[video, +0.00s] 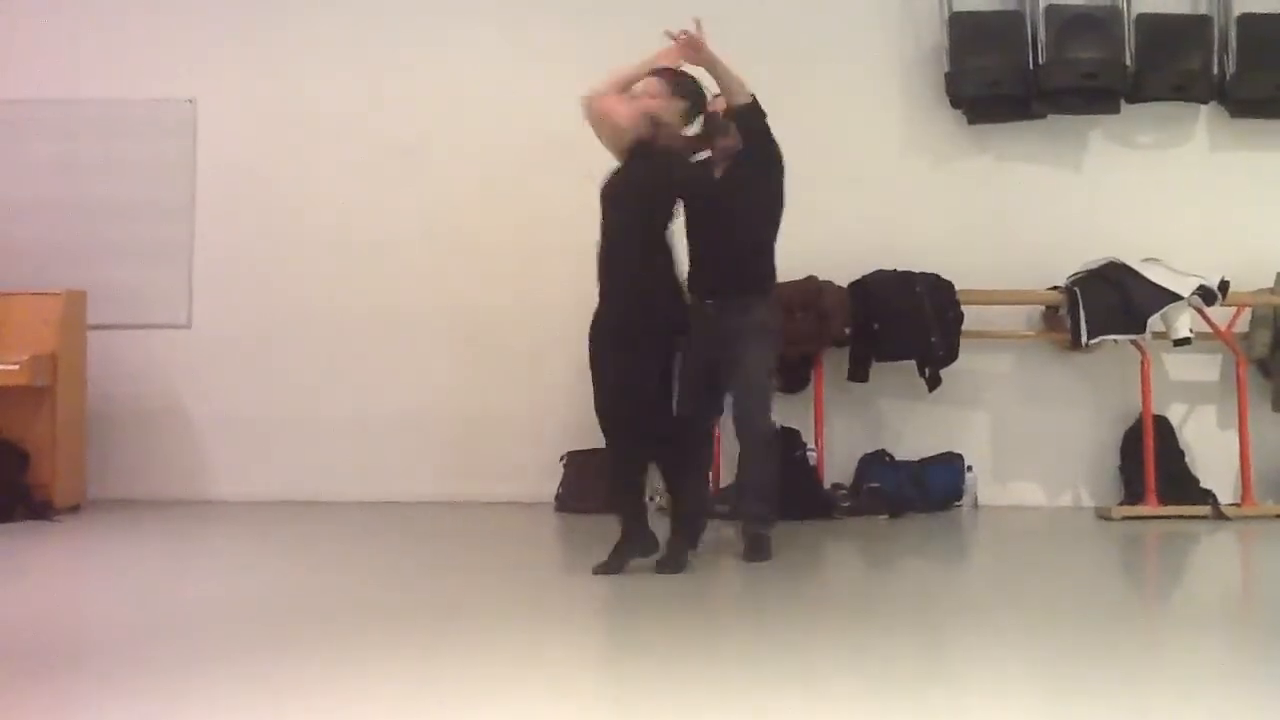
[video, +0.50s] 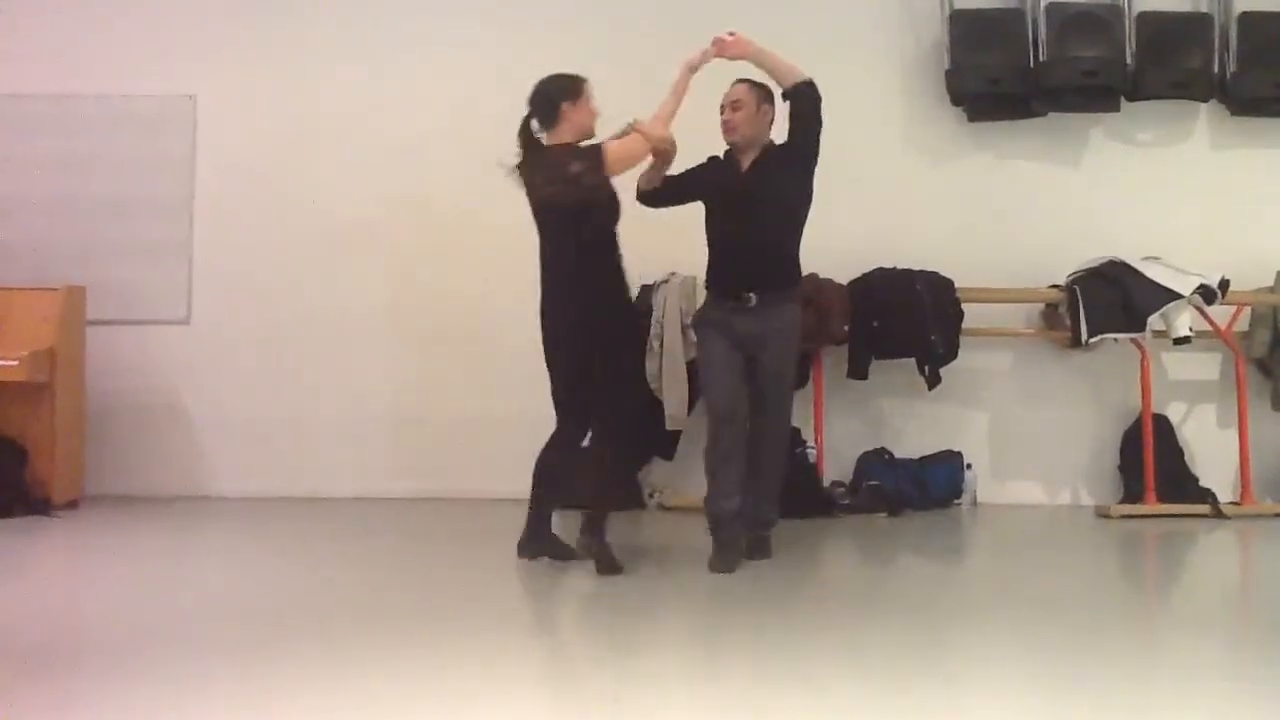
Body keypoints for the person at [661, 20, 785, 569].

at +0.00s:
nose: (715, 136)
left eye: (723, 127)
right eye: (710, 130)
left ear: (742, 128)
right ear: (705, 135)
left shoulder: (765, 164)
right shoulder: (694, 169)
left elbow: (746, 103)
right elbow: (650, 148)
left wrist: (709, 59)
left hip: (753, 310)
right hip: (703, 311)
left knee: (753, 422)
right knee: (692, 422)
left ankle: (757, 527)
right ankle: (686, 528)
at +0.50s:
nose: (726, 116)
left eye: (737, 108)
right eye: (723, 110)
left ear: (767, 114)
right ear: (724, 121)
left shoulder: (794, 162)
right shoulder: (714, 172)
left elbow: (806, 93)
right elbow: (650, 193)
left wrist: (753, 50)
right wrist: (661, 157)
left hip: (777, 313)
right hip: (721, 316)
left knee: (773, 422)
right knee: (725, 420)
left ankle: (760, 526)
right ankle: (725, 531)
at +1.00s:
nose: (710, 114)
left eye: (720, 104)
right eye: (709, 105)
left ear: (757, 106)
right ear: (718, 111)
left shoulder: (796, 154)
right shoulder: (710, 177)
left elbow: (830, 91)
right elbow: (679, 243)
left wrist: (784, 42)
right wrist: (634, 216)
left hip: (775, 313)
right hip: (716, 312)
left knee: (770, 424)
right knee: (716, 424)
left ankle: (761, 520)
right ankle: (729, 535)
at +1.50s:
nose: (737, 120)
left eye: (744, 108)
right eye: (734, 111)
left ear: (781, 106)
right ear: (747, 115)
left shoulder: (830, 154)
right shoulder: (743, 179)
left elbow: (878, 123)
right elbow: (702, 228)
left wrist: (808, 104)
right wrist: (675, 164)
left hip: (835, 315)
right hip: (774, 318)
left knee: (854, 424)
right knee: (746, 424)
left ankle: (875, 537)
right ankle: (740, 535)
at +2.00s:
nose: (741, 103)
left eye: (751, 93)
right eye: (741, 94)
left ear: (789, 96)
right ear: (756, 100)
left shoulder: (837, 161)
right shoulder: (734, 164)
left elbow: (868, 229)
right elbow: (690, 224)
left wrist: (831, 267)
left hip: (812, 313)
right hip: (748, 314)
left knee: (814, 421)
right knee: (750, 431)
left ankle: (816, 529)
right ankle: (757, 539)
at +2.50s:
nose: (752, 104)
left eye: (762, 94)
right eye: (750, 96)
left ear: (799, 99)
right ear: (754, 104)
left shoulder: (845, 168)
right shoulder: (742, 168)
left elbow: (864, 243)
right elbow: (690, 214)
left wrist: (814, 242)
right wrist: (687, 150)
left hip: (824, 320)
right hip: (759, 318)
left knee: (814, 435)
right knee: (738, 422)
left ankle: (794, 547)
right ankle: (746, 528)